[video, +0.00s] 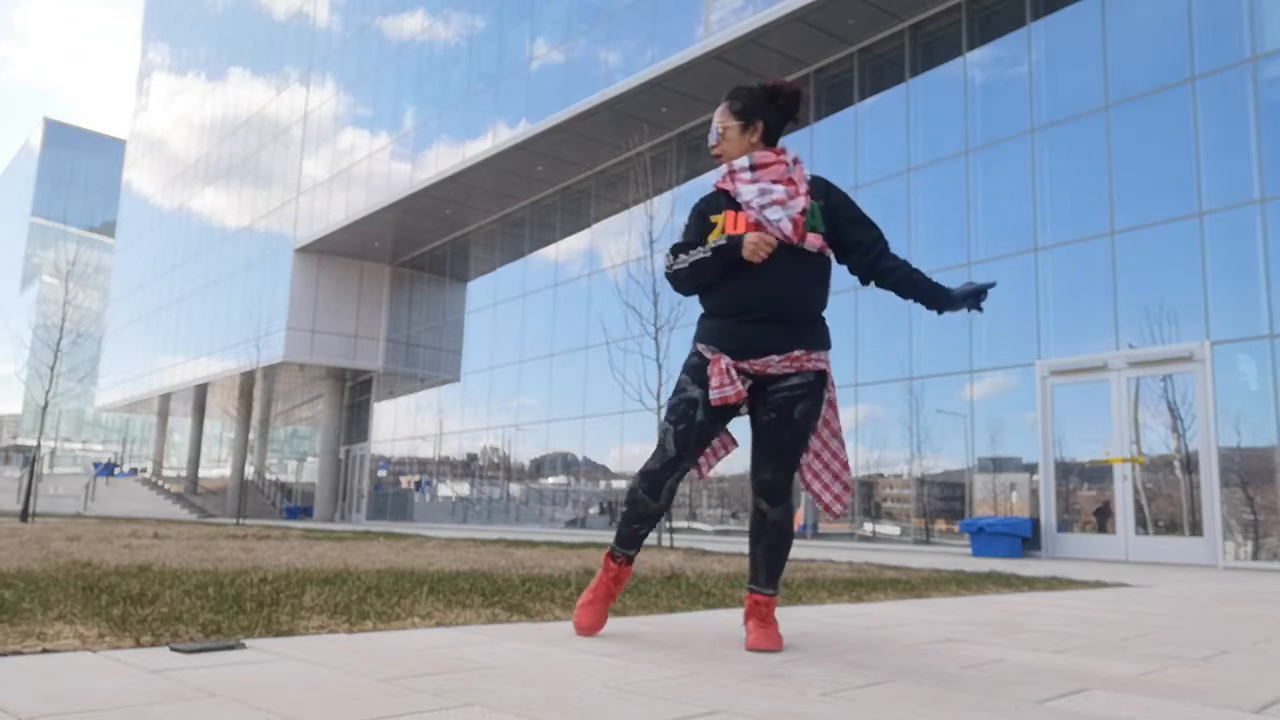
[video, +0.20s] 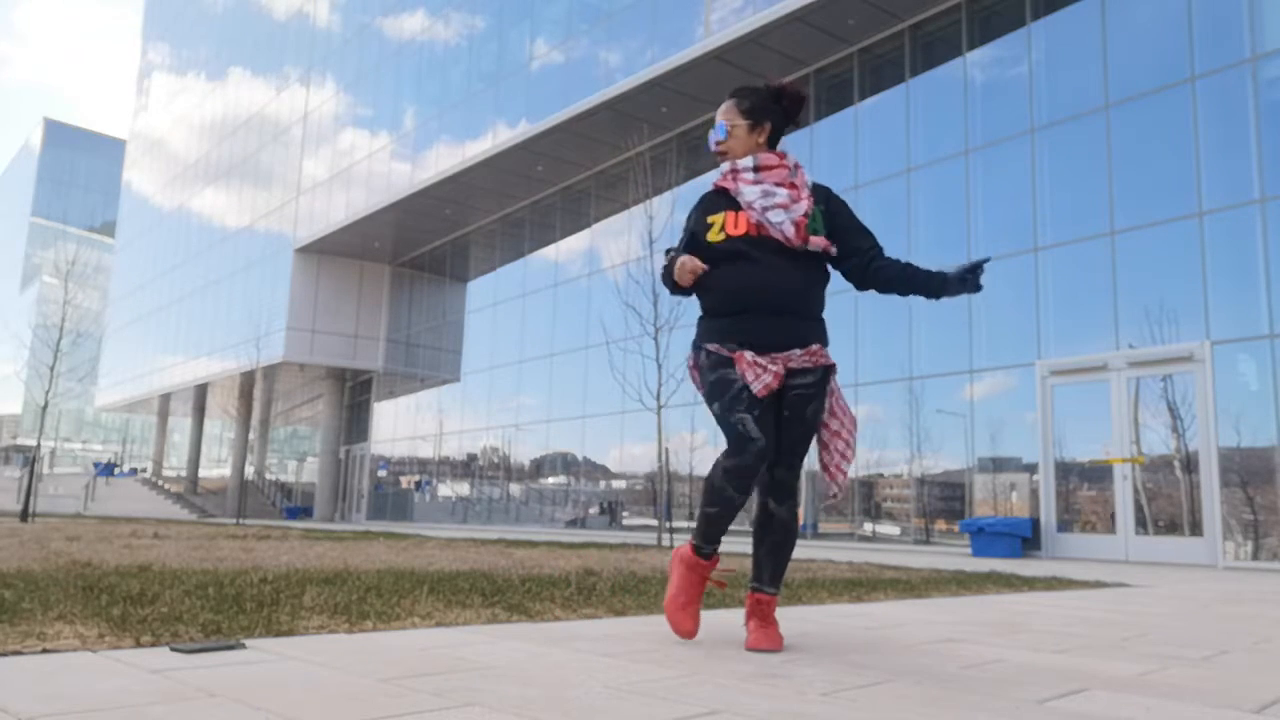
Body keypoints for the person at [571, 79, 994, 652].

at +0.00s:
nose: (712, 143)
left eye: (721, 131)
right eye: (713, 132)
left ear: (755, 131)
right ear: (739, 134)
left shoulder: (819, 198)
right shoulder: (714, 204)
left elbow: (874, 260)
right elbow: (679, 274)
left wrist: (944, 297)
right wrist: (734, 248)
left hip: (794, 362)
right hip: (718, 358)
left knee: (773, 486)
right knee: (670, 457)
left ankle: (761, 611)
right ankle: (613, 572)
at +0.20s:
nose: (714, 138)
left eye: (725, 129)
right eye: (715, 128)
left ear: (761, 133)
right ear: (739, 134)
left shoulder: (817, 204)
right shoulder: (711, 204)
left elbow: (869, 267)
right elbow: (673, 274)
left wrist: (943, 282)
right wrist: (677, 270)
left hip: (800, 360)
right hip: (725, 355)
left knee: (781, 484)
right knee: (749, 448)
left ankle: (762, 607)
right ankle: (695, 562)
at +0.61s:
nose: (752, 135)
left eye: (764, 125)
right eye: (740, 127)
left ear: (783, 132)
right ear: (728, 138)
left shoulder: (819, 200)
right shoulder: (719, 208)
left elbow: (866, 264)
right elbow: (678, 277)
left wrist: (924, 284)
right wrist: (647, 232)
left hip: (803, 356)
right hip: (727, 353)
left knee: (782, 487)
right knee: (682, 446)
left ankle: (763, 607)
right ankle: (686, 569)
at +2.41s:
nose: (738, 128)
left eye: (749, 119)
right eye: (726, 118)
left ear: (761, 129)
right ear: (704, 126)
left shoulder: (778, 200)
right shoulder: (674, 197)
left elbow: (808, 263)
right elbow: (635, 259)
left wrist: (836, 294)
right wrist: (618, 210)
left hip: (756, 356)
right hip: (682, 358)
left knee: (758, 480)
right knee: (677, 480)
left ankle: (762, 606)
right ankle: (668, 598)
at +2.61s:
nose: (737, 146)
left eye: (744, 138)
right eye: (726, 136)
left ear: (748, 144)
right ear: (695, 140)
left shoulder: (757, 208)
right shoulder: (659, 207)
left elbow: (792, 276)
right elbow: (602, 249)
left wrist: (749, 280)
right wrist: (601, 185)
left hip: (729, 359)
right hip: (661, 360)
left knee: (713, 459)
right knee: (664, 474)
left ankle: (732, 589)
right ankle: (667, 596)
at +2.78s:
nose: (739, 154)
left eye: (742, 145)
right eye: (728, 144)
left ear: (742, 147)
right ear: (693, 146)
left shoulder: (748, 209)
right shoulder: (657, 209)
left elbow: (749, 271)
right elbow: (593, 235)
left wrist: (659, 269)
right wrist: (608, 169)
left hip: (715, 362)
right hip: (649, 360)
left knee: (679, 460)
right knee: (654, 474)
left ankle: (698, 584)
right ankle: (665, 597)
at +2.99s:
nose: (742, 166)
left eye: (746, 156)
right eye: (734, 154)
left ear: (734, 156)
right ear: (699, 149)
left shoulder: (739, 215)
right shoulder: (647, 204)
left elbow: (727, 276)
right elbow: (580, 221)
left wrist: (636, 268)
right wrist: (614, 164)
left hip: (716, 354)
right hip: (647, 355)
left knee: (745, 458)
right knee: (653, 473)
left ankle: (748, 574)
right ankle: (667, 596)